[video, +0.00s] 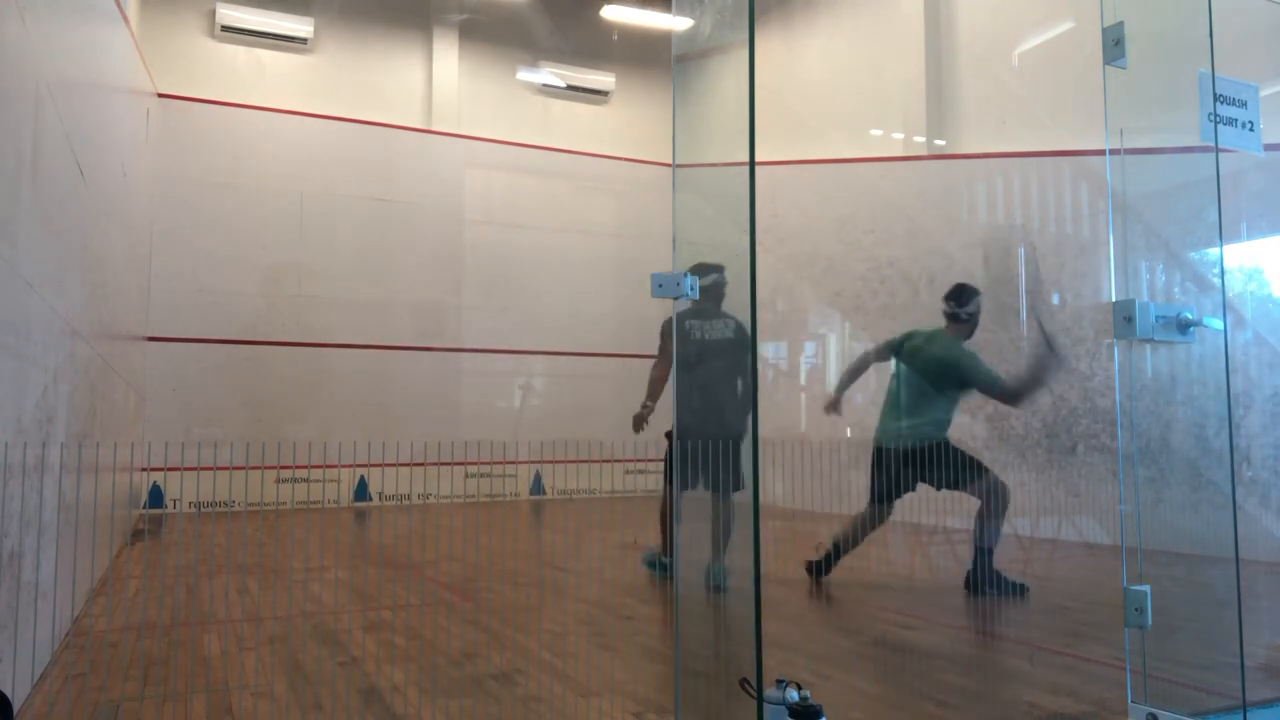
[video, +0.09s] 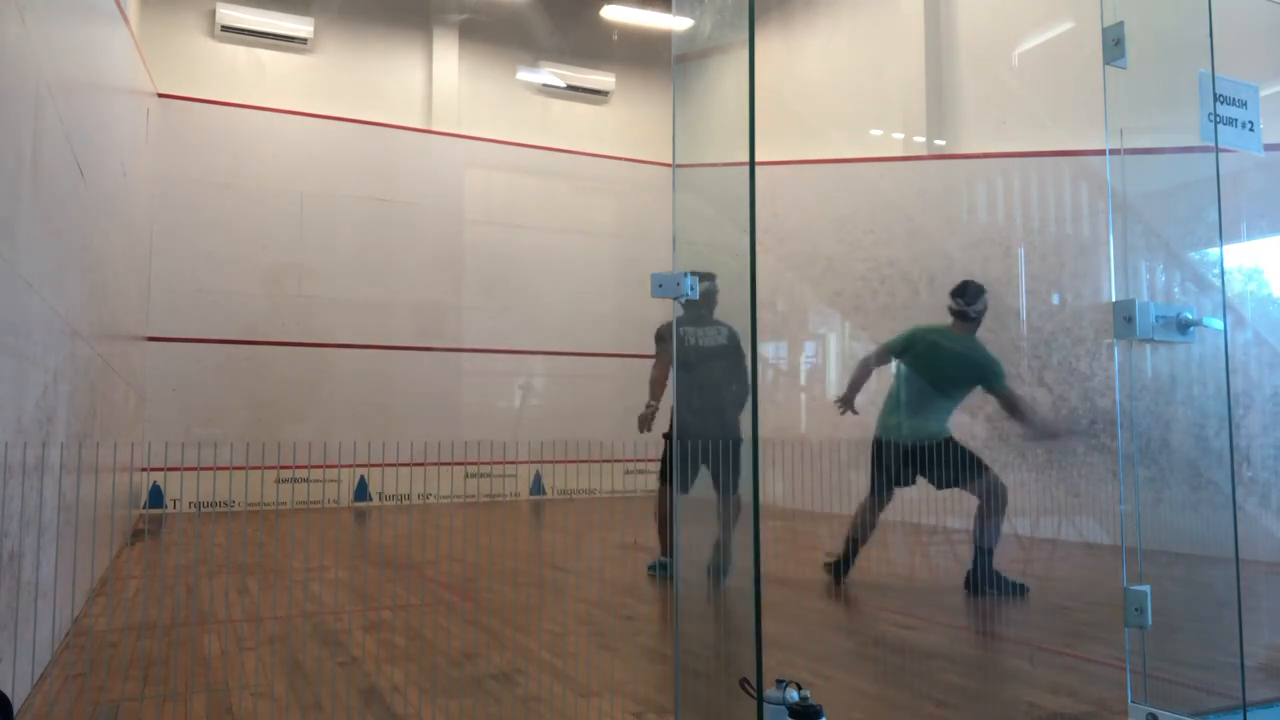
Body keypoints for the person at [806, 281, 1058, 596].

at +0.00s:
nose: (978, 323)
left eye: (976, 316)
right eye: (977, 317)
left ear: (946, 313)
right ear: (973, 319)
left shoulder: (913, 339)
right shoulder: (959, 357)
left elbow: (868, 357)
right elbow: (1012, 396)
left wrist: (837, 394)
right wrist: (1044, 367)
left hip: (889, 448)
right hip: (927, 450)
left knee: (877, 512)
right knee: (996, 494)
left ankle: (823, 562)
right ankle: (982, 573)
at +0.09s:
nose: (984, 312)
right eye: (984, 308)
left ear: (951, 308)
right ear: (982, 313)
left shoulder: (918, 336)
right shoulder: (981, 360)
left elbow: (869, 361)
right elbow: (1014, 408)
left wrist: (849, 395)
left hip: (889, 441)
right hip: (932, 444)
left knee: (876, 497)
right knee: (994, 492)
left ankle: (843, 563)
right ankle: (982, 573)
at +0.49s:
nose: (867, 281)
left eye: (870, 276)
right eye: (870, 275)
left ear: (878, 281)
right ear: (902, 284)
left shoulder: (868, 311)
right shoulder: (919, 326)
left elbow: (848, 345)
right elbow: (920, 383)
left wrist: (834, 390)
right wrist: (906, 417)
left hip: (868, 428)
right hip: (909, 429)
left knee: (866, 502)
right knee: (933, 496)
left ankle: (888, 575)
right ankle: (968, 567)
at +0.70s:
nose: (819, 285)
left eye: (822, 278)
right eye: (821, 278)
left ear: (834, 282)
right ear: (855, 285)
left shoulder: (826, 314)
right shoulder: (877, 324)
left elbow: (812, 358)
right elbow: (894, 378)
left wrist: (797, 398)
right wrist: (908, 423)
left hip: (840, 422)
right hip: (872, 423)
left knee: (858, 499)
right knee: (849, 495)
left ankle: (887, 572)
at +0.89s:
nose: (779, 293)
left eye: (785, 286)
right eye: (781, 286)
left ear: (803, 292)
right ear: (811, 295)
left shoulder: (785, 329)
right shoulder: (835, 332)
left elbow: (764, 374)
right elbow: (859, 381)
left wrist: (751, 407)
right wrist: (877, 424)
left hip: (801, 429)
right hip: (828, 430)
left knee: (830, 501)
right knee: (790, 483)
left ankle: (880, 561)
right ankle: (769, 552)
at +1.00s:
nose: (760, 300)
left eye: (766, 294)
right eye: (762, 294)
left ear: (781, 300)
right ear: (793, 302)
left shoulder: (764, 335)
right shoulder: (815, 338)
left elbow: (743, 374)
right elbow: (838, 386)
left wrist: (730, 407)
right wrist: (853, 428)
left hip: (774, 431)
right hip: (803, 433)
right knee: (767, 495)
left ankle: (845, 540)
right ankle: (762, 554)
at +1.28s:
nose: (716, 292)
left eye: (721, 286)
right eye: (718, 285)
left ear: (737, 288)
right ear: (748, 290)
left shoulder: (726, 322)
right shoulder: (774, 325)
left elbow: (711, 363)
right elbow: (793, 367)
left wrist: (692, 402)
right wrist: (795, 407)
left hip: (731, 425)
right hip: (765, 426)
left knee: (703, 482)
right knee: (756, 484)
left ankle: (696, 556)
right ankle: (762, 551)